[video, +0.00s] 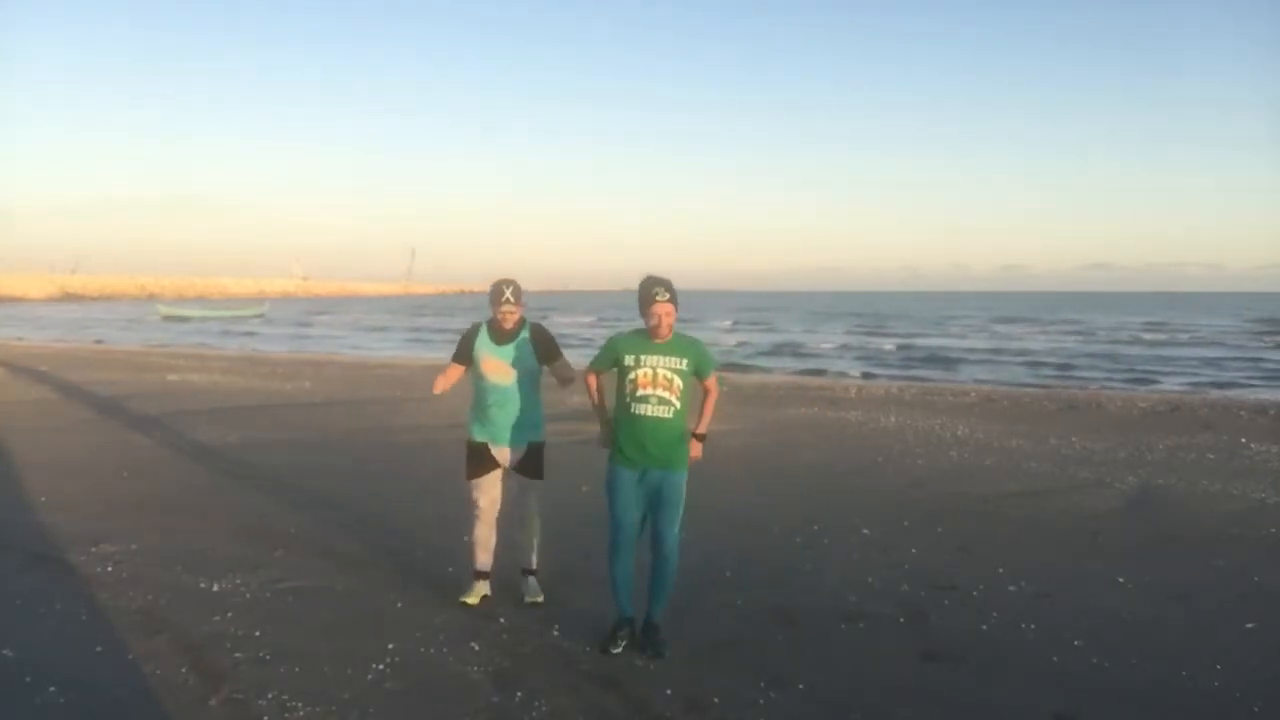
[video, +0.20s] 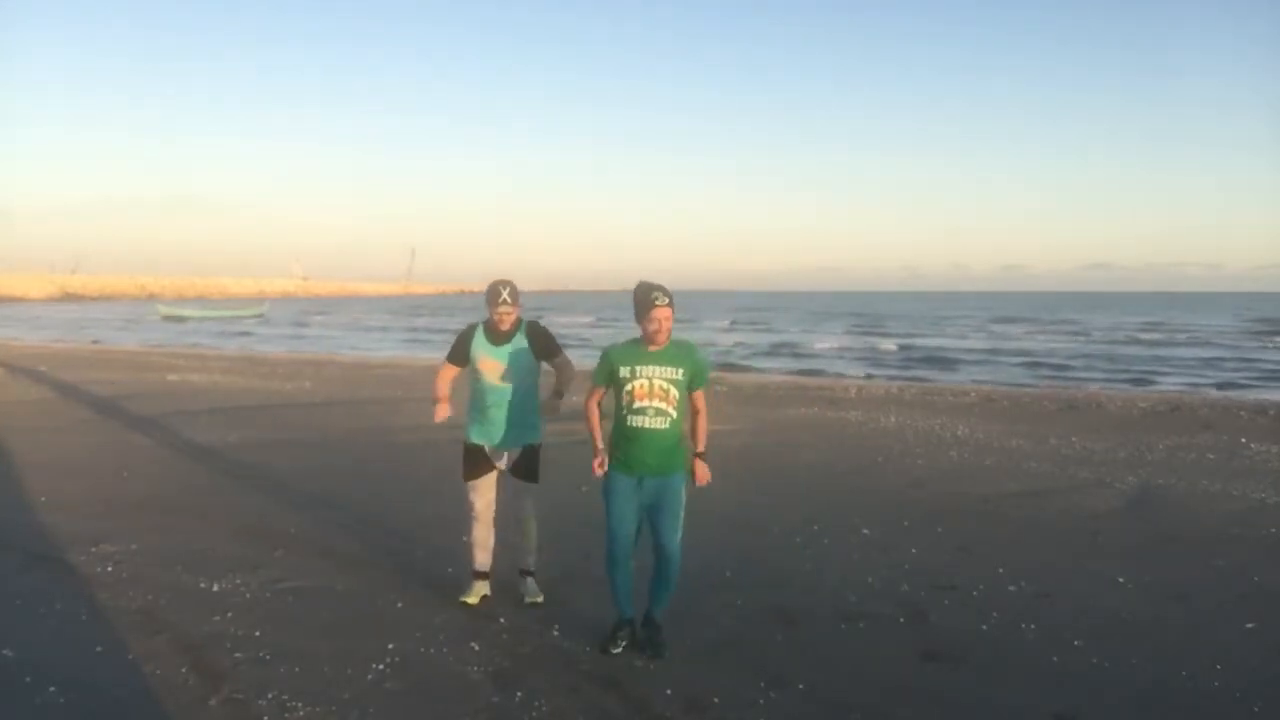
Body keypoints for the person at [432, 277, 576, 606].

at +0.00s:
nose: (508, 315)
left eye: (513, 309)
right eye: (502, 309)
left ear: (522, 308)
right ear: (492, 308)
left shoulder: (535, 334)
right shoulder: (477, 334)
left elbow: (564, 372)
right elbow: (457, 367)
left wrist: (566, 375)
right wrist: (443, 381)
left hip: (527, 437)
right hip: (484, 436)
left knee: (527, 505)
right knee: (484, 508)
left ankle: (530, 576)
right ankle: (481, 579)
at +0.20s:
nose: (504, 317)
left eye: (509, 311)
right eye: (498, 311)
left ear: (518, 308)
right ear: (488, 309)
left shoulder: (533, 333)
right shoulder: (472, 336)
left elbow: (566, 369)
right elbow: (445, 374)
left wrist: (556, 397)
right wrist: (442, 400)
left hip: (523, 436)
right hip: (481, 437)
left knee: (525, 507)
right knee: (480, 510)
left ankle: (528, 576)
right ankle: (480, 579)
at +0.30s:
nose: (498, 326)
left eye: (504, 320)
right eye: (493, 320)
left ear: (513, 317)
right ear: (483, 318)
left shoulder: (530, 344)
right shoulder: (466, 348)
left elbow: (552, 388)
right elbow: (446, 394)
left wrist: (553, 433)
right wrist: (442, 439)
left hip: (525, 444)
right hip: (479, 445)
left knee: (530, 510)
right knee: (477, 515)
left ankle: (531, 573)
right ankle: (480, 580)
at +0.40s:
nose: (495, 327)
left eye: (502, 321)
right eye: (490, 320)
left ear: (512, 320)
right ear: (481, 320)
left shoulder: (529, 348)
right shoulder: (463, 354)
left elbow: (549, 389)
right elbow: (449, 401)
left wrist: (550, 435)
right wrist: (449, 448)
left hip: (528, 448)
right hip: (481, 451)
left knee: (542, 514)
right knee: (478, 521)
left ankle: (544, 580)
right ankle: (480, 583)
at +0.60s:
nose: (506, 327)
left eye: (512, 320)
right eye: (501, 320)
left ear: (521, 320)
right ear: (491, 321)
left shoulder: (541, 350)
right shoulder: (473, 356)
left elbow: (563, 386)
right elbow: (456, 401)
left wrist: (561, 423)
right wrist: (467, 445)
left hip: (543, 455)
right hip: (494, 458)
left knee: (560, 527)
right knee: (486, 527)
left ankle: (576, 599)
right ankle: (480, 583)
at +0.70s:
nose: (517, 321)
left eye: (523, 314)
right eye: (511, 314)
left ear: (533, 315)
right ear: (502, 316)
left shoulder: (552, 346)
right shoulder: (484, 353)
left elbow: (577, 384)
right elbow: (467, 397)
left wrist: (575, 421)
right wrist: (478, 441)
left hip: (556, 451)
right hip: (506, 457)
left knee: (570, 529)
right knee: (494, 527)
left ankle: (580, 604)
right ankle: (480, 579)